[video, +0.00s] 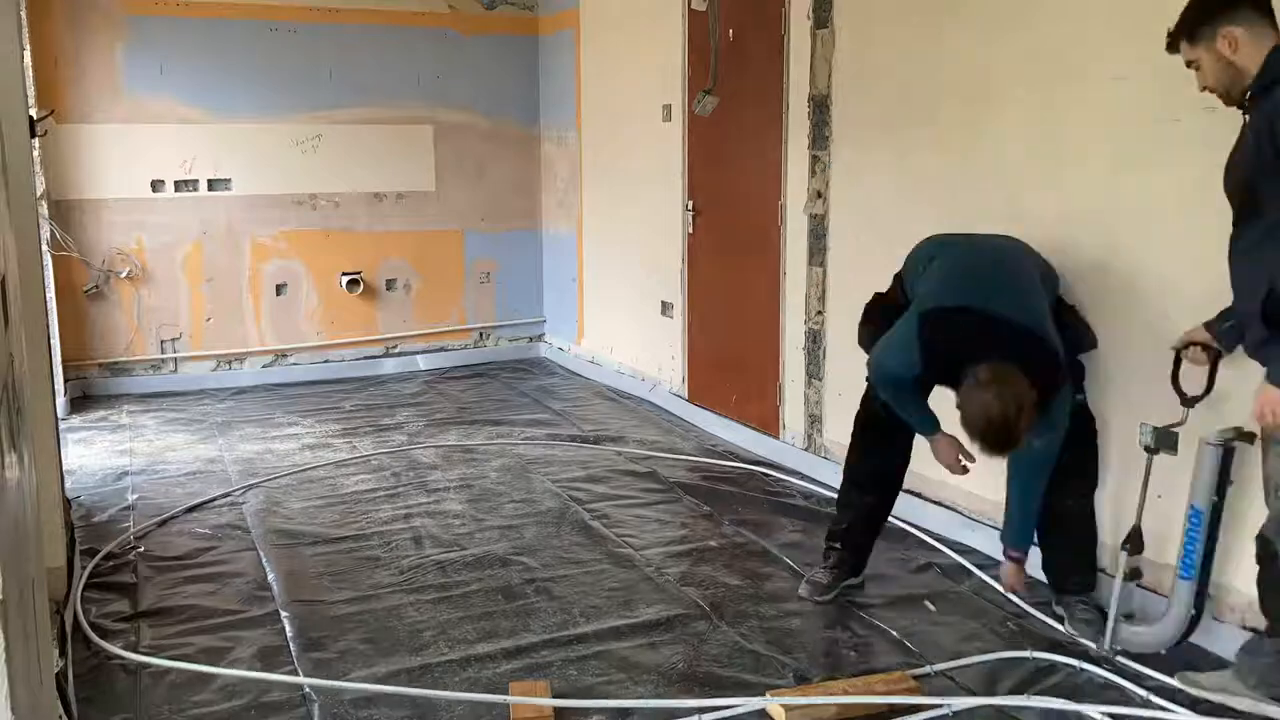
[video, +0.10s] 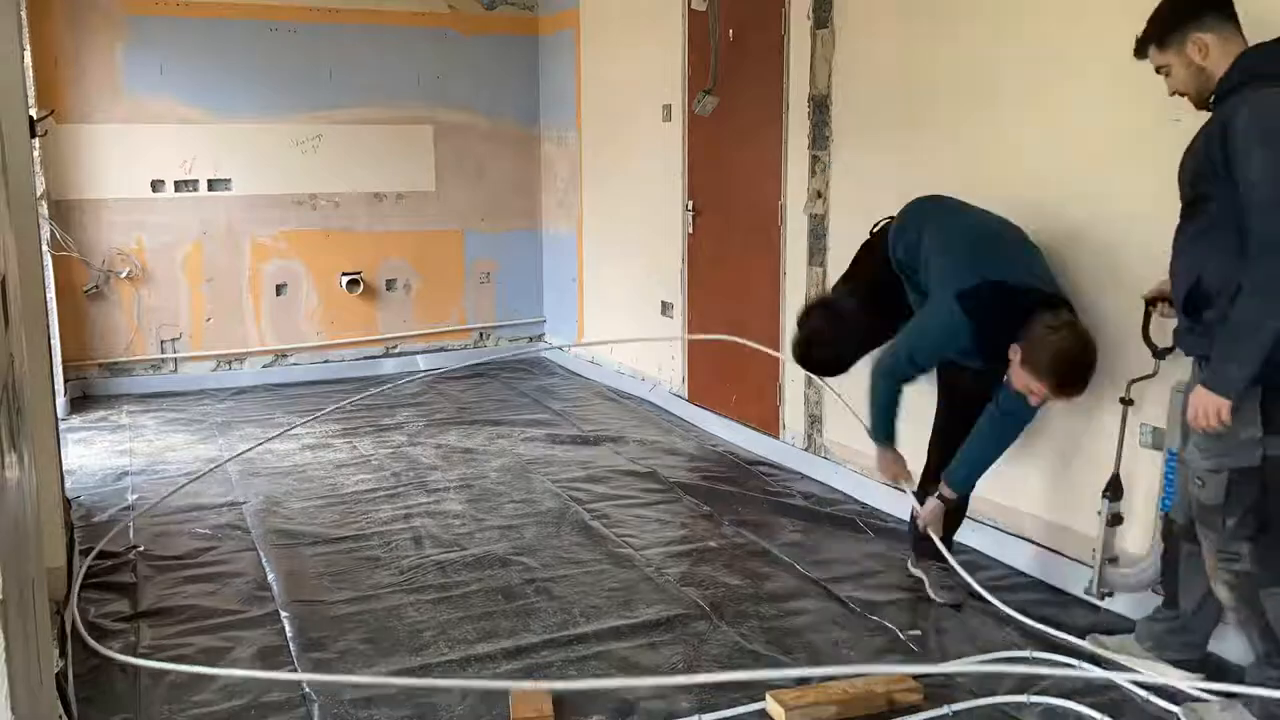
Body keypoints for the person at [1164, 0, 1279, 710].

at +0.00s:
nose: (1199, 85)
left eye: (1196, 66)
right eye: (1192, 70)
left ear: (1229, 43)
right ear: (1235, 41)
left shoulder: (1272, 109)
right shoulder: (1261, 112)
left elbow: (1273, 253)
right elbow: (1264, 254)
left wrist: (1275, 376)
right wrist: (1221, 328)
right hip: (1274, 360)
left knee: (1277, 531)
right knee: (1274, 529)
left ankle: (1271, 668)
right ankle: (1266, 663)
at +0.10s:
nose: (1171, 91)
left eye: (1169, 72)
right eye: (1164, 77)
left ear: (1202, 48)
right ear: (1208, 47)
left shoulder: (1258, 107)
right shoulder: (1239, 105)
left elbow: (1269, 258)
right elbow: (1241, 233)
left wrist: (1224, 377)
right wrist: (1185, 284)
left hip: (1247, 363)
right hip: (1220, 351)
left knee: (1231, 518)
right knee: (1198, 498)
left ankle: (1263, 658)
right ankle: (1185, 628)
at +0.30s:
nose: (1069, 133)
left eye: (1068, 115)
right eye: (1062, 121)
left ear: (1104, 93)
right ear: (1104, 98)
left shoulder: (1166, 139)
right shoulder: (1138, 146)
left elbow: (1189, 272)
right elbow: (1133, 279)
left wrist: (1141, 382)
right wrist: (1075, 356)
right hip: (1157, 376)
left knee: (1161, 547)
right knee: (1154, 543)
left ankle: (1182, 701)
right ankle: (1172, 688)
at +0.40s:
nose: (981, 137)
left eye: (986, 121)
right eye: (972, 126)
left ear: (1023, 99)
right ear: (980, 118)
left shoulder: (1102, 154)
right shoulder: (1001, 175)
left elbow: (1149, 272)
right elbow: (1004, 275)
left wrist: (1130, 374)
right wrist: (959, 340)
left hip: (1082, 377)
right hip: (1016, 377)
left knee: (1072, 533)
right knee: (1022, 527)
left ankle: (1088, 678)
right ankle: (1057, 648)